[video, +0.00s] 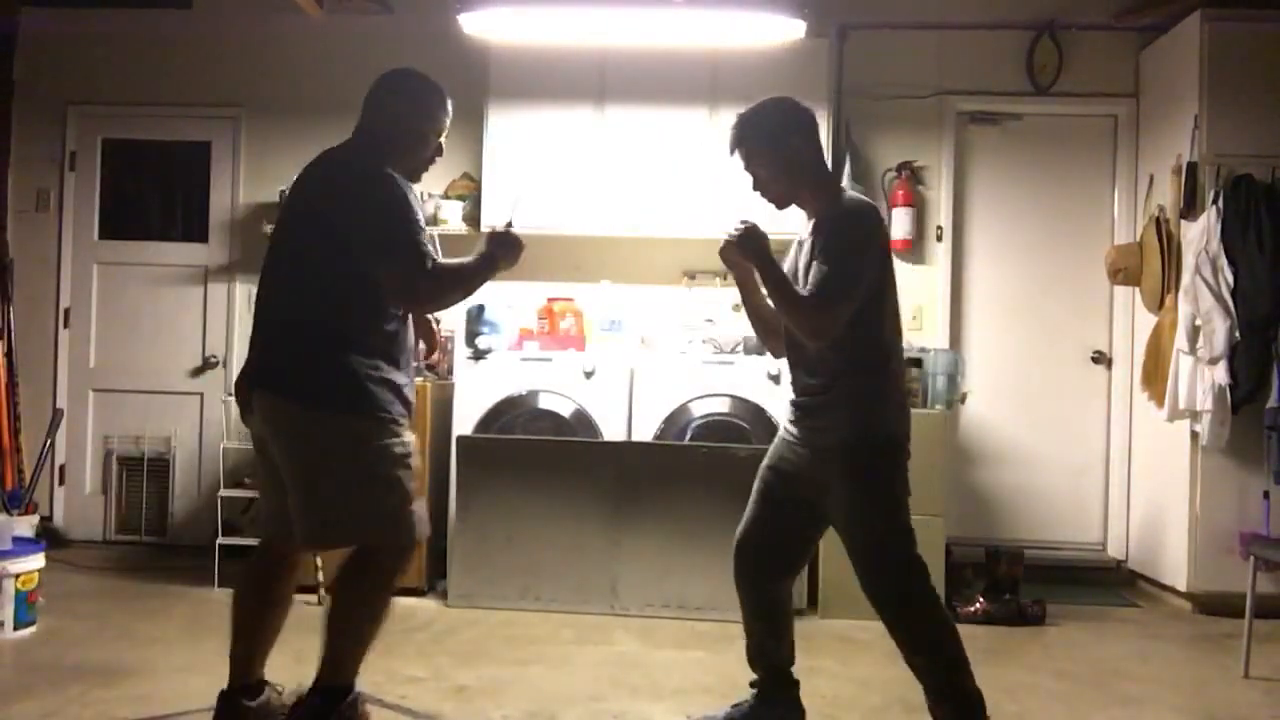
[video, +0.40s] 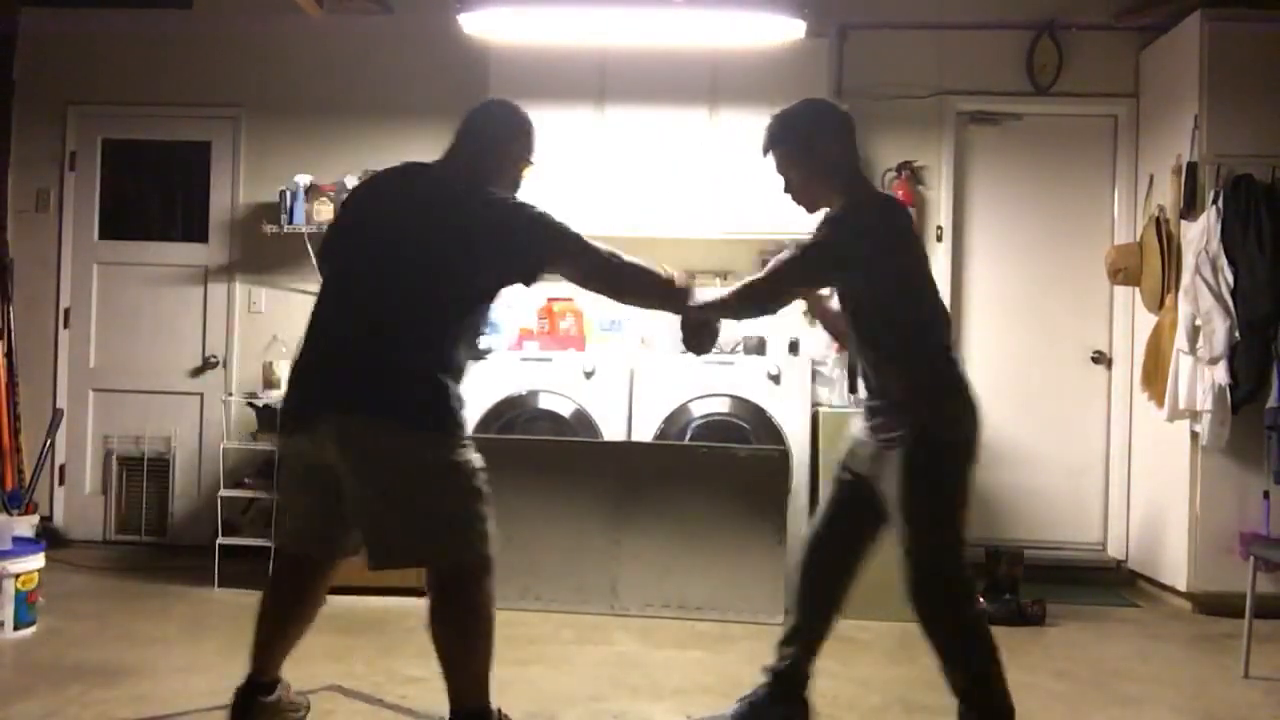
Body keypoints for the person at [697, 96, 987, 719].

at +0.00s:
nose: (752, 184)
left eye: (756, 167)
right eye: (747, 171)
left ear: (795, 153)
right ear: (794, 159)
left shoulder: (852, 218)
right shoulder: (807, 238)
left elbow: (818, 329)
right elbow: (777, 341)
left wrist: (763, 263)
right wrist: (745, 279)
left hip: (862, 438)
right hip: (805, 432)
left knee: (895, 585)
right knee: (757, 559)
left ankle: (962, 711)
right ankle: (775, 695)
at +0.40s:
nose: (783, 184)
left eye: (786, 167)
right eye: (778, 170)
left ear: (826, 154)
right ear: (833, 156)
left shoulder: (857, 221)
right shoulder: (869, 218)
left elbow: (766, 290)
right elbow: (874, 340)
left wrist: (706, 305)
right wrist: (818, 303)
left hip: (928, 427)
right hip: (880, 424)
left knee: (936, 586)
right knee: (822, 561)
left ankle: (989, 712)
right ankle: (784, 693)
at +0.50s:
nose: (796, 190)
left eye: (797, 174)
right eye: (791, 177)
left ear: (833, 157)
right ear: (844, 156)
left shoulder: (856, 233)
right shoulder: (910, 215)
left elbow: (780, 330)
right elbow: (941, 309)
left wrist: (697, 343)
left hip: (939, 427)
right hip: (901, 421)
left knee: (942, 595)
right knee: (856, 553)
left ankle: (992, 714)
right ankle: (838, 692)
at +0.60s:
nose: (814, 187)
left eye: (817, 170)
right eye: (809, 172)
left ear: (852, 158)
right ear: (864, 158)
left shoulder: (876, 241)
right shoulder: (931, 219)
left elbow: (844, 356)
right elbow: (927, 324)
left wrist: (785, 354)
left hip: (937, 430)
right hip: (915, 424)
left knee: (934, 600)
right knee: (862, 557)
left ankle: (990, 716)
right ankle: (843, 692)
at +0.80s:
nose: (842, 174)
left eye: (847, 157)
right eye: (838, 160)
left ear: (890, 144)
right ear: (885, 149)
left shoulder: (938, 217)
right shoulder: (906, 224)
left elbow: (928, 329)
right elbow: (904, 319)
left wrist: (853, 296)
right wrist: (851, 297)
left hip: (939, 433)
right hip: (891, 430)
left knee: (941, 600)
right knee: (844, 564)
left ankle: (990, 715)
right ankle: (853, 695)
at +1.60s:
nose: (832, 189)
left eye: (839, 171)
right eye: (827, 174)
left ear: (884, 161)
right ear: (872, 168)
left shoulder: (937, 237)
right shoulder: (873, 254)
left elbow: (894, 340)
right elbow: (850, 355)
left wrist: (829, 269)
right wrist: (816, 293)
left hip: (931, 443)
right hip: (870, 435)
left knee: (960, 604)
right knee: (810, 568)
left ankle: (1041, 714)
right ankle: (829, 699)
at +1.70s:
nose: (832, 183)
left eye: (839, 166)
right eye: (828, 168)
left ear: (881, 155)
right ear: (866, 163)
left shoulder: (916, 220)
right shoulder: (869, 230)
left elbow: (820, 285)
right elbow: (874, 338)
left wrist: (748, 272)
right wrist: (832, 297)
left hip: (944, 432)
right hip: (887, 427)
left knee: (964, 595)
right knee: (826, 565)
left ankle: (1045, 714)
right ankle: (827, 699)